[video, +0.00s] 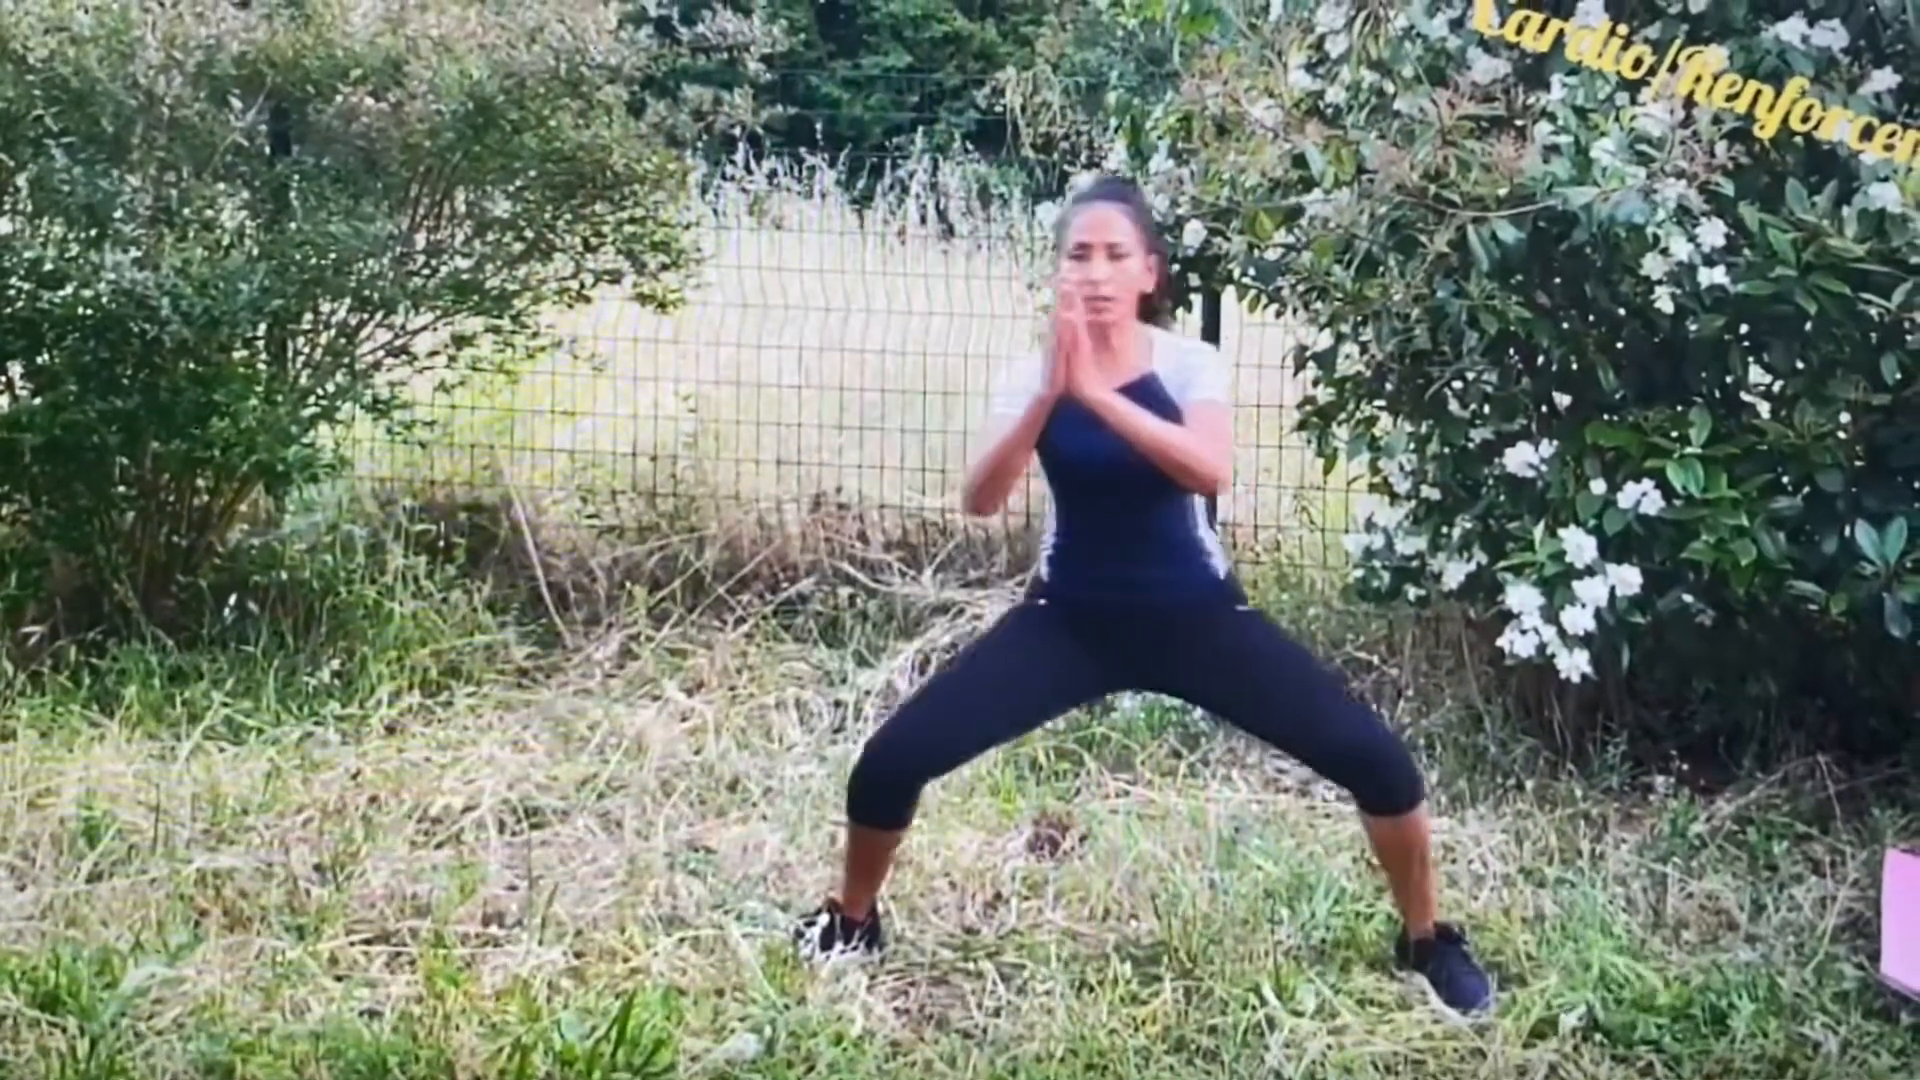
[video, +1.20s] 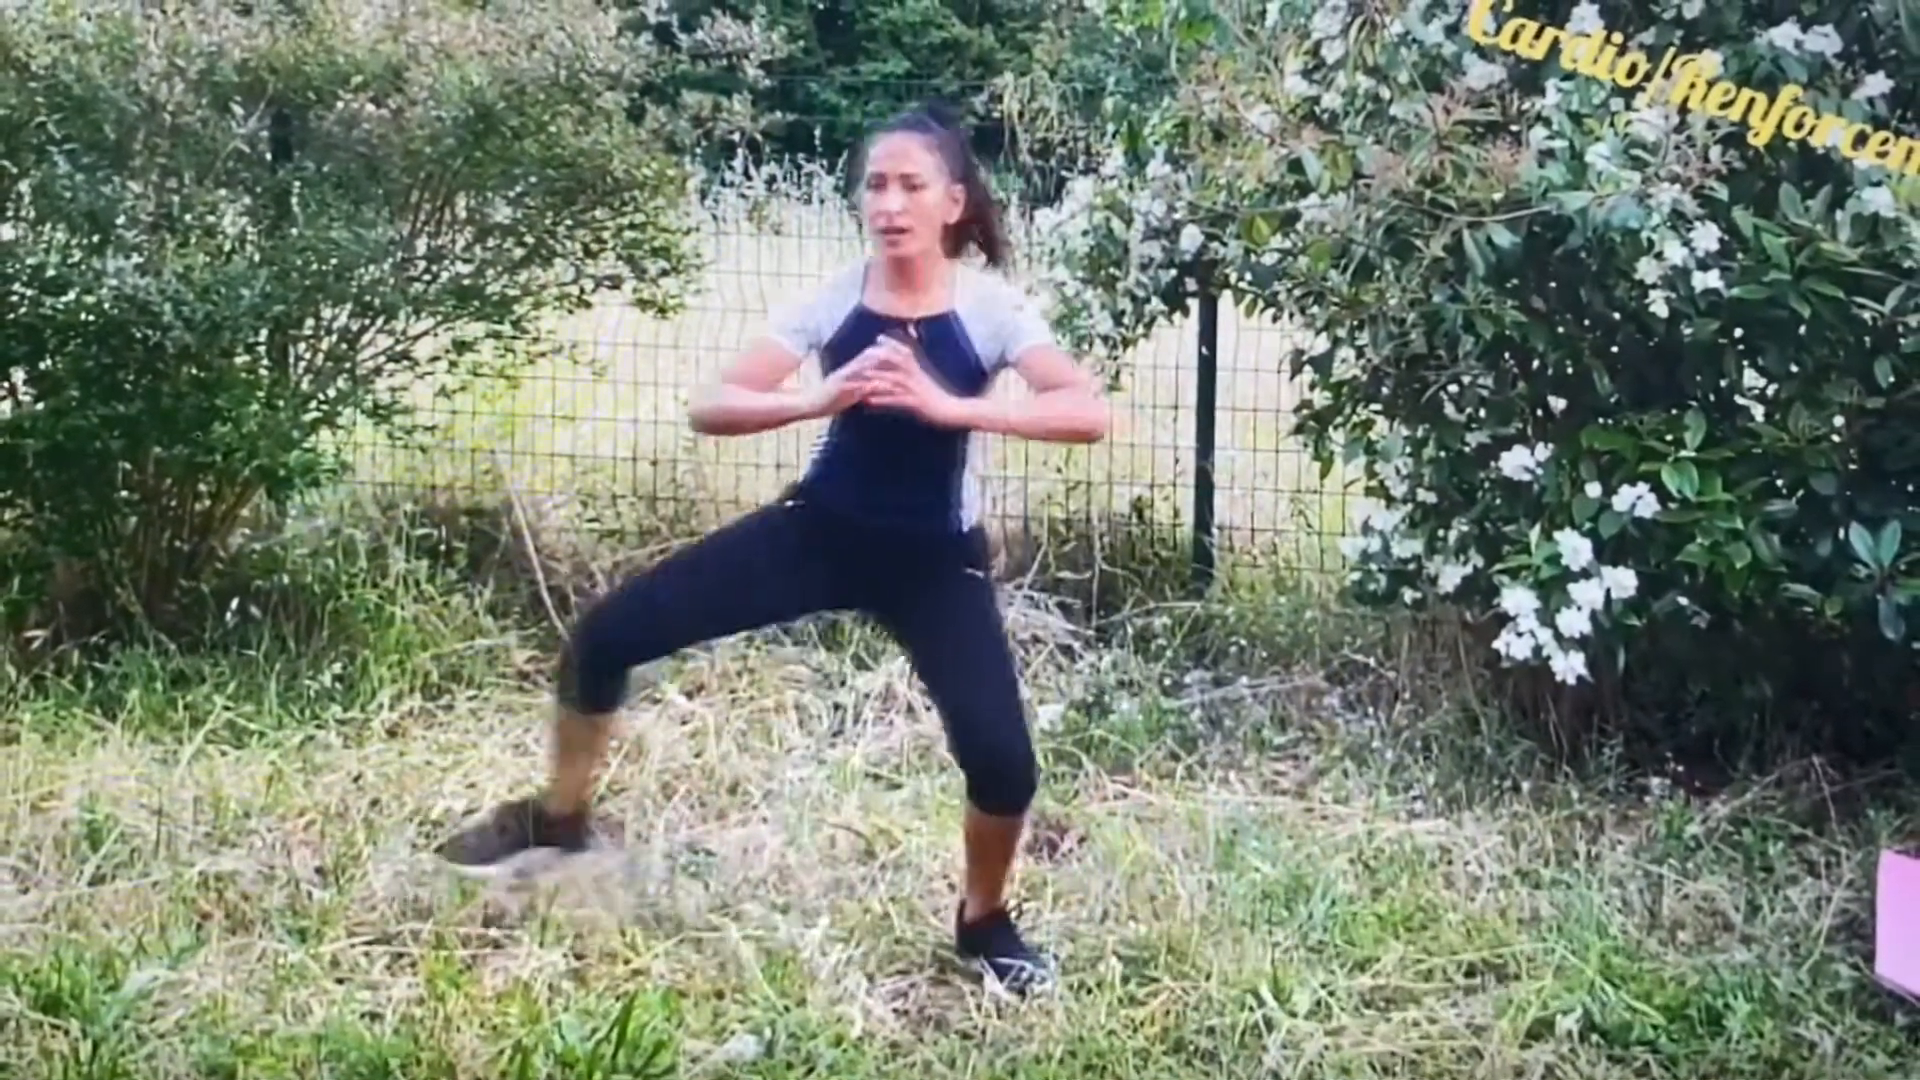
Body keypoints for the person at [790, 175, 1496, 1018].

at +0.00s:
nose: (1092, 273)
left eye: (1112, 256)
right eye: (1078, 256)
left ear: (1152, 272)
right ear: (1057, 271)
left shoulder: (1187, 363)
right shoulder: (1036, 372)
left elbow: (1210, 469)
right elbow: (980, 500)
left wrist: (1095, 393)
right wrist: (1050, 390)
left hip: (1195, 627)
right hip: (1067, 628)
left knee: (1381, 764)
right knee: (889, 759)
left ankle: (1426, 938)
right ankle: (848, 921)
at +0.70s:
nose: (984, 225)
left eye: (1007, 208)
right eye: (975, 205)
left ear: (1058, 228)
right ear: (961, 218)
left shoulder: (1083, 327)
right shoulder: (934, 316)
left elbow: (1116, 438)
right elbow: (856, 441)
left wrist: (1011, 351)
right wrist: (948, 350)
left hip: (1090, 584)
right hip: (968, 586)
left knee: (1253, 753)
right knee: (826, 755)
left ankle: (1408, 932)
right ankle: (849, 925)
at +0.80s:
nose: (957, 202)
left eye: (980, 187)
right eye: (948, 185)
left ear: (1026, 210)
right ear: (931, 198)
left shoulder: (1051, 311)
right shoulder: (898, 297)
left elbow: (1092, 427)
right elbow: (812, 418)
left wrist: (987, 337)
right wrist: (913, 340)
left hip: (1040, 563)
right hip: (919, 567)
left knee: (1192, 724)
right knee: (805, 762)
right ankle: (848, 921)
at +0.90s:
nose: (943, 193)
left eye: (967, 175)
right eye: (931, 173)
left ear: (1010, 199)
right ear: (915, 190)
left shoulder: (1040, 302)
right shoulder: (883, 286)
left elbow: (1101, 416)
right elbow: (772, 407)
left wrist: (985, 346)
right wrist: (876, 348)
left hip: (1006, 555)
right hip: (884, 553)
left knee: (1109, 715)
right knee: (782, 755)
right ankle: (848, 922)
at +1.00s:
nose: (934, 192)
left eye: (958, 174)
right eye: (922, 173)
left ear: (1003, 195)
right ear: (905, 190)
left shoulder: (1033, 302)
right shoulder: (874, 286)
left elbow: (1112, 413)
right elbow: (754, 399)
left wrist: (986, 369)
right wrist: (850, 370)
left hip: (983, 559)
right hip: (862, 544)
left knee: (1037, 761)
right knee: (735, 706)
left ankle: (982, 917)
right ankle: (802, 879)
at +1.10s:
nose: (916, 199)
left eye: (940, 180)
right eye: (904, 179)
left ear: (988, 200)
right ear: (889, 196)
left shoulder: (1022, 305)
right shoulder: (862, 292)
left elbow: (1109, 412)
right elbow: (745, 408)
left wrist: (974, 392)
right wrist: (840, 389)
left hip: (963, 559)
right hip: (844, 536)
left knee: (1015, 768)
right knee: (666, 651)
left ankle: (984, 917)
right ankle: (696, 839)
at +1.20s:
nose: (888, 203)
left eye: (909, 186)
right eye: (876, 185)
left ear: (956, 204)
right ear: (861, 201)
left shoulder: (991, 308)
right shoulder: (839, 302)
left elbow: (1088, 412)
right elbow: (714, 410)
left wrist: (953, 407)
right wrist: (816, 400)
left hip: (934, 566)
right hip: (815, 540)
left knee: (1005, 766)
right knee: (604, 636)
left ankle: (984, 920)